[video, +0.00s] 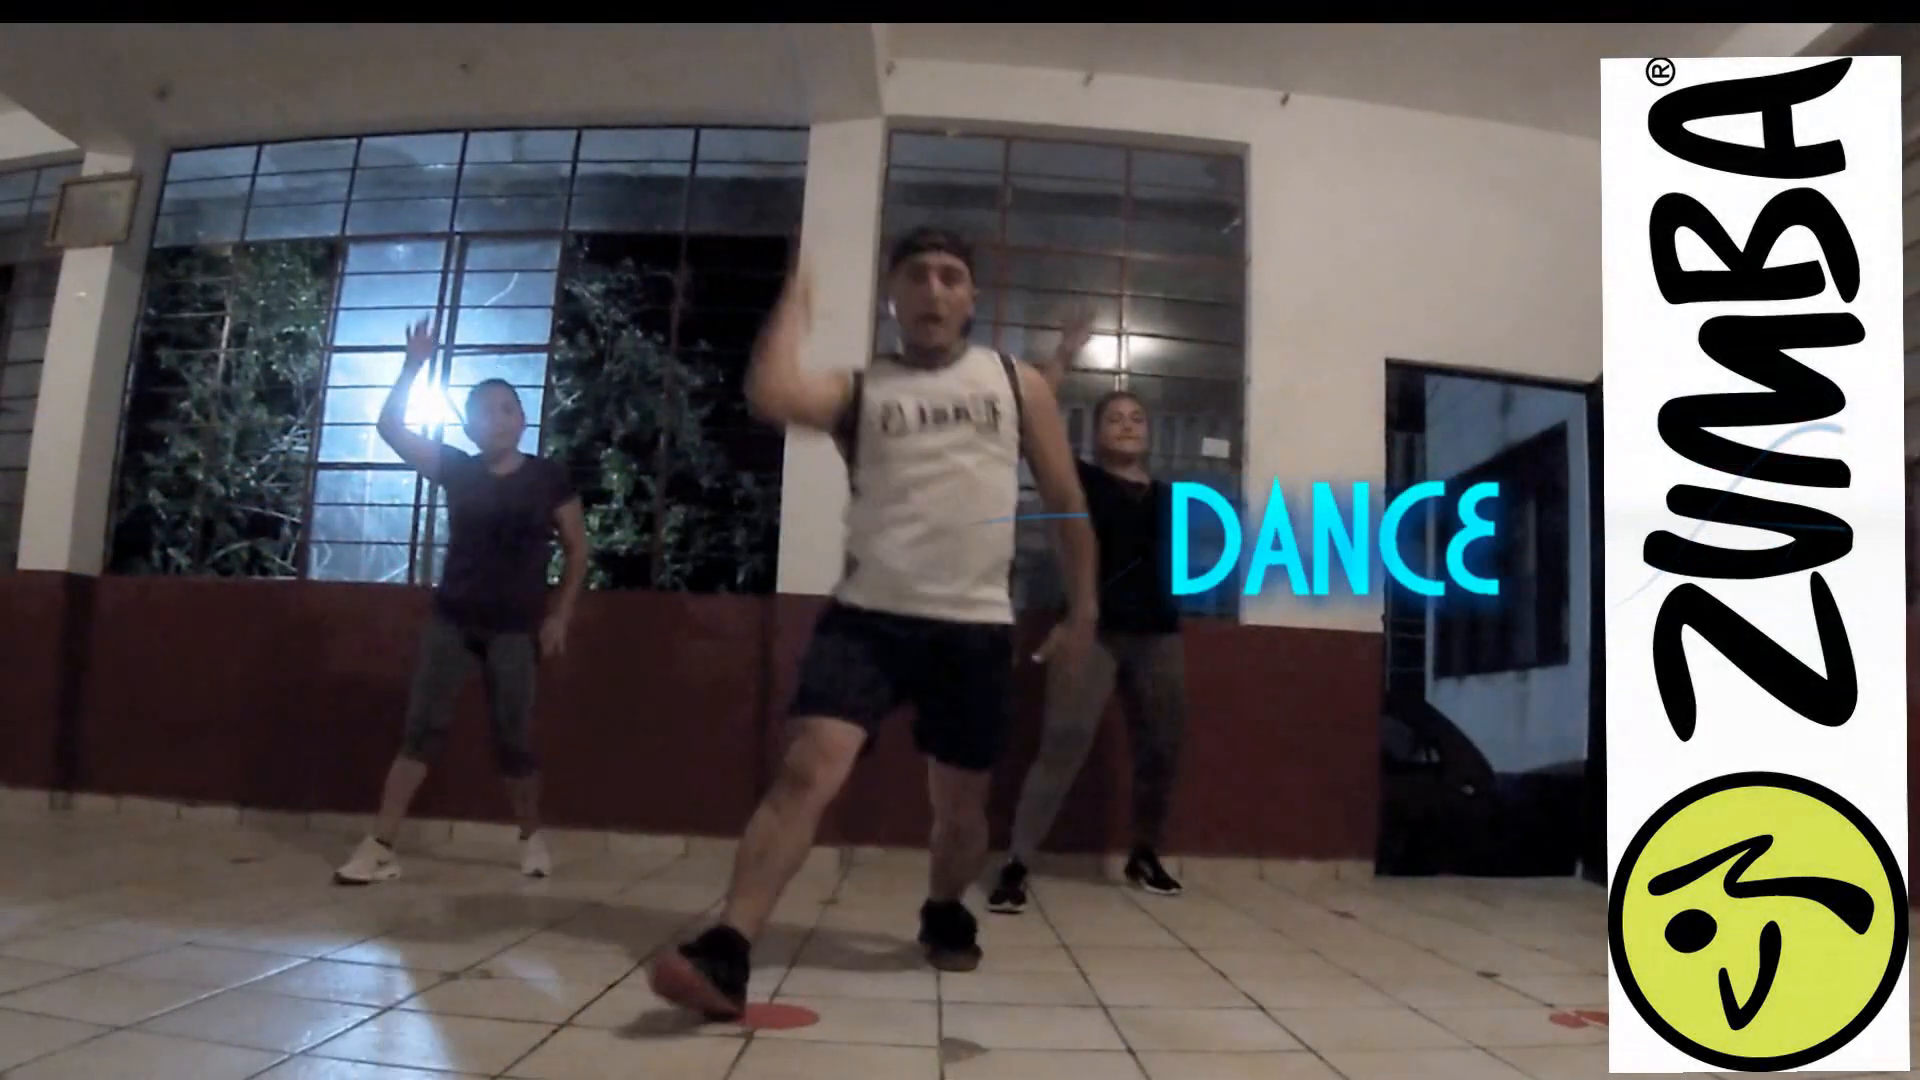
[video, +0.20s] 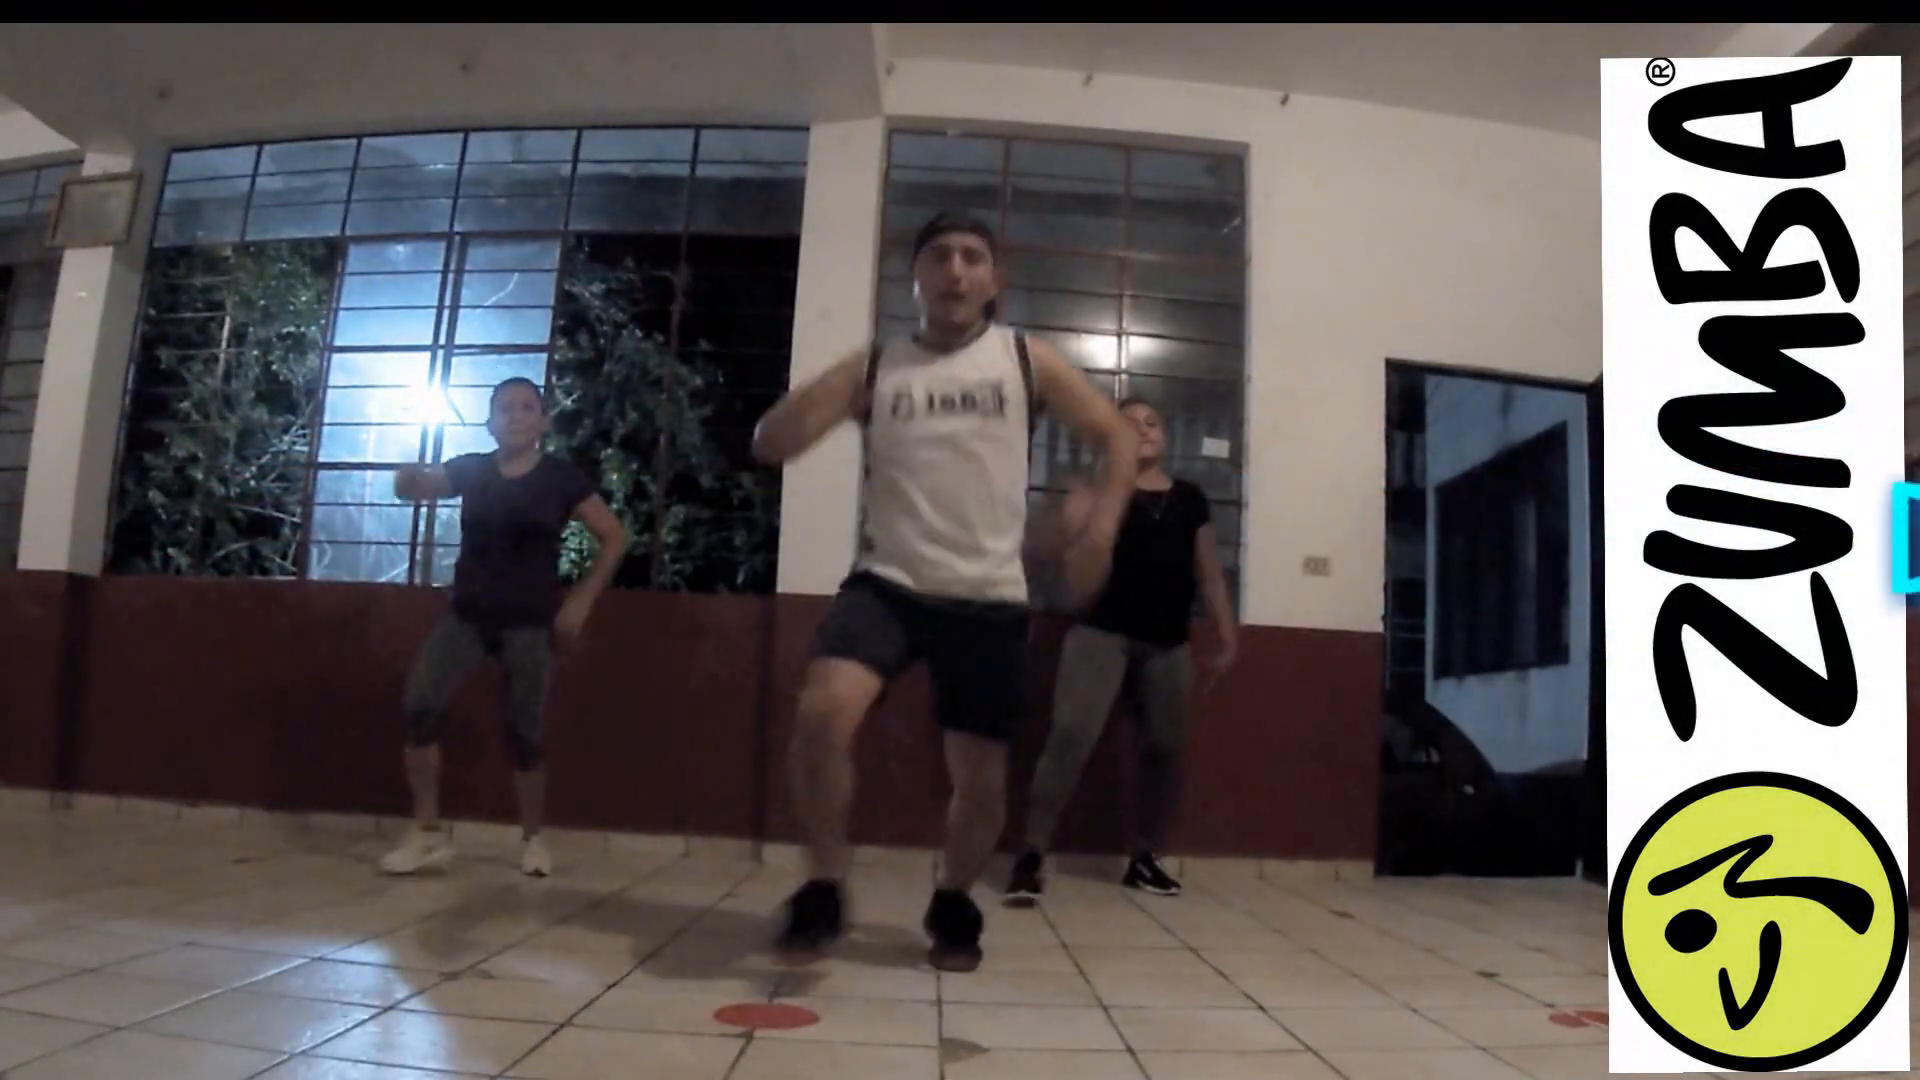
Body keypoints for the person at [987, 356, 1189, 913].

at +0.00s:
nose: (1127, 427)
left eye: (1136, 420)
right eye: (1115, 420)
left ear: (1148, 434)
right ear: (1097, 432)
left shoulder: (1165, 494)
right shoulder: (1079, 483)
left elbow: (1189, 551)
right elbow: (1035, 431)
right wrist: (1063, 357)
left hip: (1156, 632)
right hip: (1091, 628)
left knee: (1163, 744)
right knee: (1064, 742)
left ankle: (1144, 854)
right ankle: (1017, 862)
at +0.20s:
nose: (1146, 432)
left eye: (1152, 425)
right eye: (1135, 426)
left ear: (1165, 437)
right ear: (1115, 439)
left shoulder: (1189, 500)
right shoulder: (1098, 493)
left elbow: (1209, 571)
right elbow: (1073, 563)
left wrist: (1228, 637)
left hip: (1166, 640)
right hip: (1102, 634)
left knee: (1166, 748)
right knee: (1071, 739)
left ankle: (1144, 857)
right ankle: (1030, 858)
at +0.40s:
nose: (1135, 424)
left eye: (1144, 416)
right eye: (1125, 417)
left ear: (1160, 429)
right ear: (1109, 430)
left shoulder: (1184, 487)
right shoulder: (1090, 490)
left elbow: (1211, 558)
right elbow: (1067, 561)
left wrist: (1219, 623)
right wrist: (1060, 608)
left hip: (1162, 635)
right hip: (1095, 632)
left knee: (1155, 744)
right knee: (1075, 736)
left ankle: (1142, 855)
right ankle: (1064, 849)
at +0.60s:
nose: (1133, 438)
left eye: (1142, 431)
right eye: (1123, 429)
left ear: (1152, 443)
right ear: (1103, 440)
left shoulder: (1168, 500)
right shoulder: (1078, 494)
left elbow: (1211, 558)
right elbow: (1041, 568)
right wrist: (1047, 632)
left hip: (1160, 641)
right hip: (1090, 640)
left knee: (1197, 737)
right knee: (1080, 744)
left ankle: (1175, 836)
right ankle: (1068, 853)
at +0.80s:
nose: (1152, 424)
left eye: (1160, 418)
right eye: (1141, 416)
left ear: (1169, 430)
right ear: (1118, 427)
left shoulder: (1183, 480)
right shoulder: (1092, 482)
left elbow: (1237, 424)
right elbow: (1050, 552)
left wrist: (1257, 350)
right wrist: (1050, 634)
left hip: (1182, 632)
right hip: (1109, 634)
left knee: (1226, 727)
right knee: (1095, 743)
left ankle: (1249, 869)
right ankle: (1071, 852)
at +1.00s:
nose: (1170, 430)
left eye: (1179, 423)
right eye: (1159, 423)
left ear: (1193, 436)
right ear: (1140, 438)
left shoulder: (1219, 485)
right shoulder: (1123, 498)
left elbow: (1269, 423)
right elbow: (1071, 562)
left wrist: (1280, 345)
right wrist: (1069, 626)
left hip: (1219, 635)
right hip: (1142, 637)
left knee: (1244, 741)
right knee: (1109, 743)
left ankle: (1247, 880)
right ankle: (1073, 857)